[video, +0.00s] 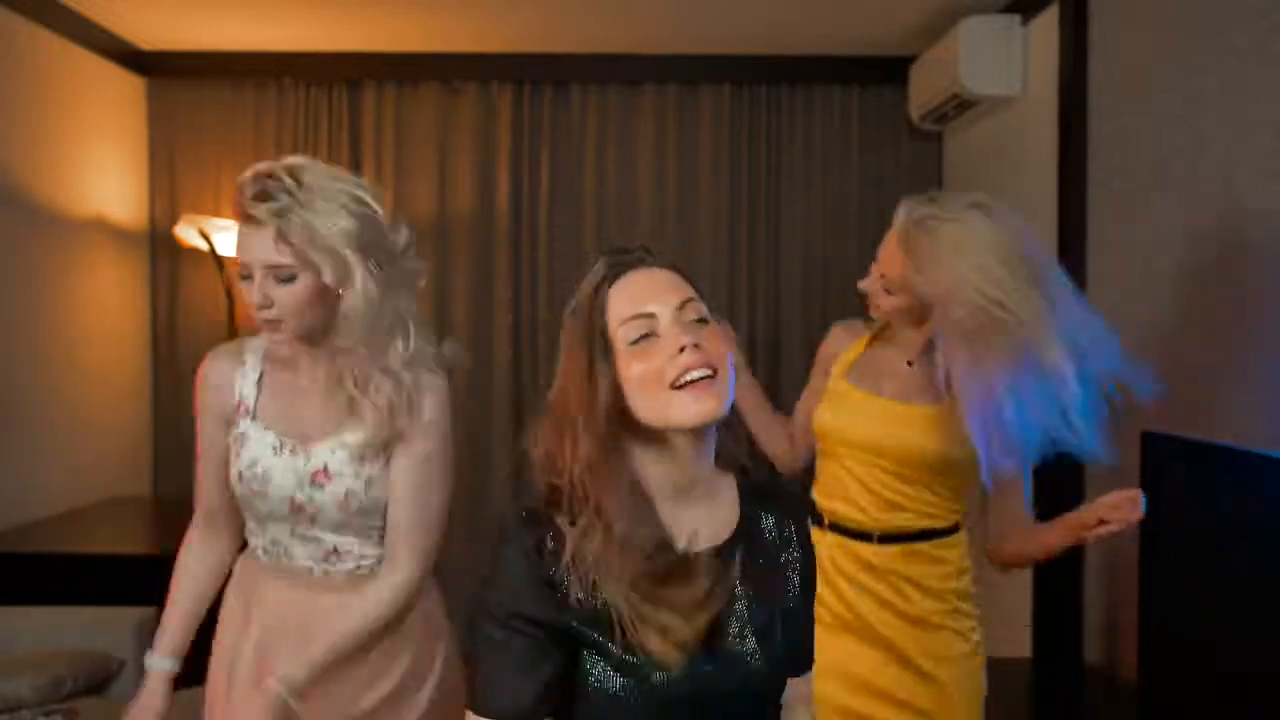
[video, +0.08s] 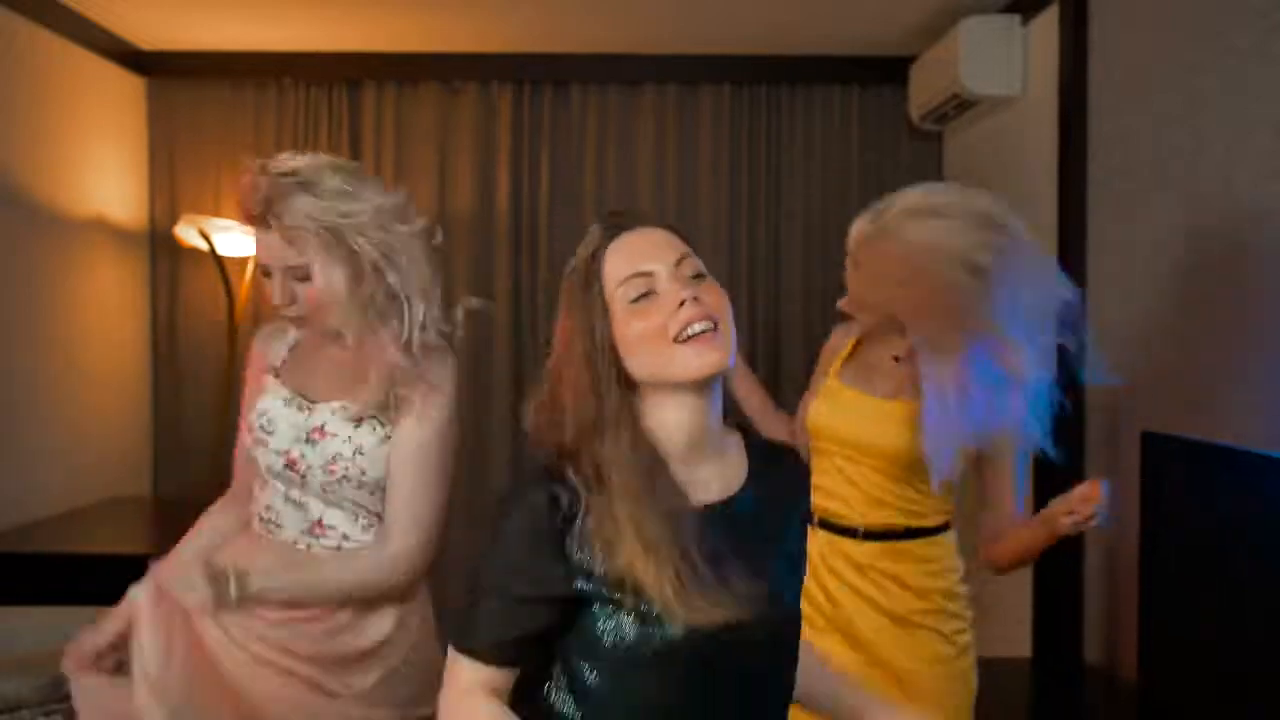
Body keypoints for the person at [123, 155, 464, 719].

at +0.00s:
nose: (259, 298)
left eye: (283, 277)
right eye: (248, 275)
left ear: (343, 277)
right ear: (237, 271)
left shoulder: (414, 390)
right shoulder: (229, 375)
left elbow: (407, 569)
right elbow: (214, 528)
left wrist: (288, 684)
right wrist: (160, 671)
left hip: (381, 645)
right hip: (257, 641)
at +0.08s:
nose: (279, 296)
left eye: (300, 275)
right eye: (268, 274)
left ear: (361, 263)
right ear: (257, 267)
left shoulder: (420, 370)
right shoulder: (272, 348)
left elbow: (401, 562)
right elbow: (240, 500)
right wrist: (131, 610)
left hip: (359, 643)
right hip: (245, 618)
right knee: (97, 680)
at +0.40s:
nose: (324, 362)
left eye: (336, 338)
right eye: (323, 337)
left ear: (389, 341)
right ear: (389, 345)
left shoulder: (390, 440)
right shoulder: (428, 436)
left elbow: (354, 625)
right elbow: (315, 596)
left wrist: (188, 632)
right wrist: (184, 556)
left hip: (324, 692)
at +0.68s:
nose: (315, 295)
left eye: (343, 277)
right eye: (305, 273)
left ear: (382, 285)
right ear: (289, 278)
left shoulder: (343, 384)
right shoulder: (392, 379)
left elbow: (347, 577)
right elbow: (383, 557)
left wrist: (285, 705)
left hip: (333, 636)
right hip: (387, 623)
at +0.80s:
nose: (316, 334)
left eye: (344, 316)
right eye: (303, 313)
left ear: (383, 326)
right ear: (287, 323)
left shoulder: (360, 424)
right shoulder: (373, 418)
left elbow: (346, 609)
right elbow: (310, 582)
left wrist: (187, 605)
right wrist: (231, 518)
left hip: (345, 679)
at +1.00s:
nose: (343, 319)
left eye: (370, 300)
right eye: (327, 297)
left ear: (406, 308)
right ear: (309, 306)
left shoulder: (385, 401)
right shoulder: (349, 392)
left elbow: (209, 486)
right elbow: (216, 454)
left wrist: (238, 341)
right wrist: (247, 338)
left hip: (340, 644)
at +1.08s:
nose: (360, 308)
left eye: (385, 289)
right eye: (345, 288)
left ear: (423, 298)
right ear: (325, 291)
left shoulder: (389, 394)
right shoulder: (361, 382)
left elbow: (192, 420)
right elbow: (218, 386)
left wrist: (271, 287)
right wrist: (276, 282)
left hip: (333, 620)